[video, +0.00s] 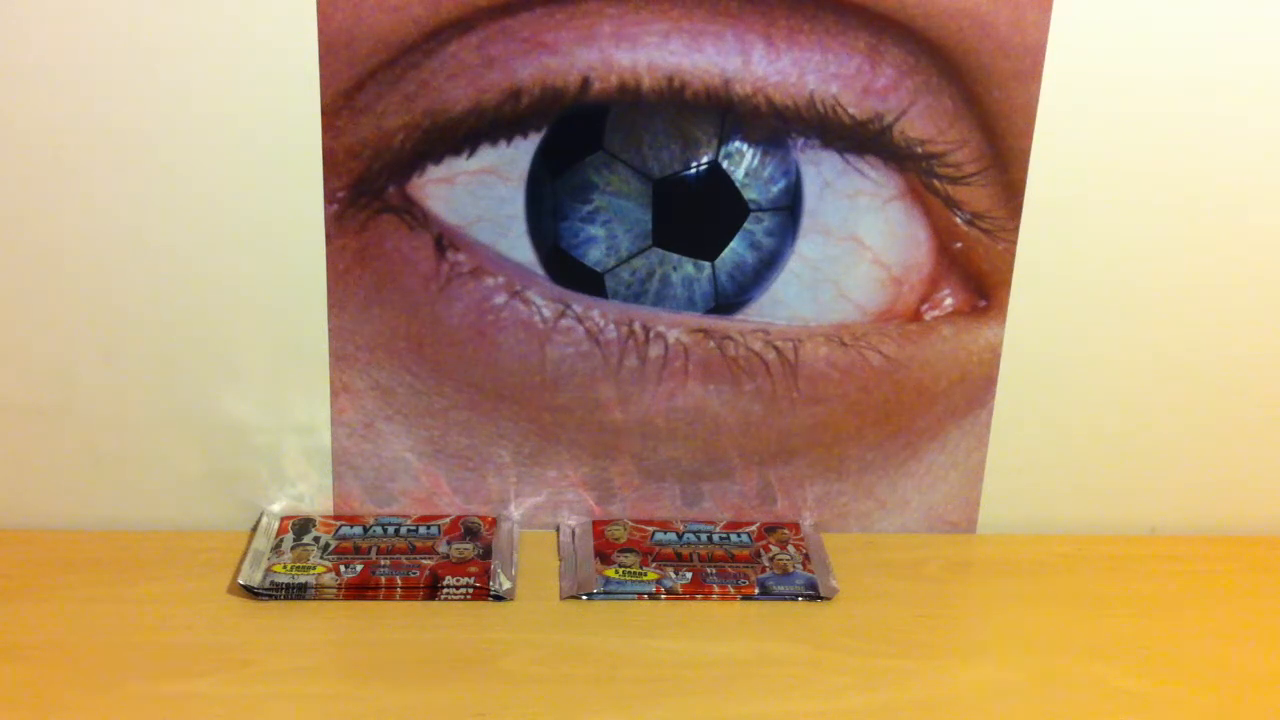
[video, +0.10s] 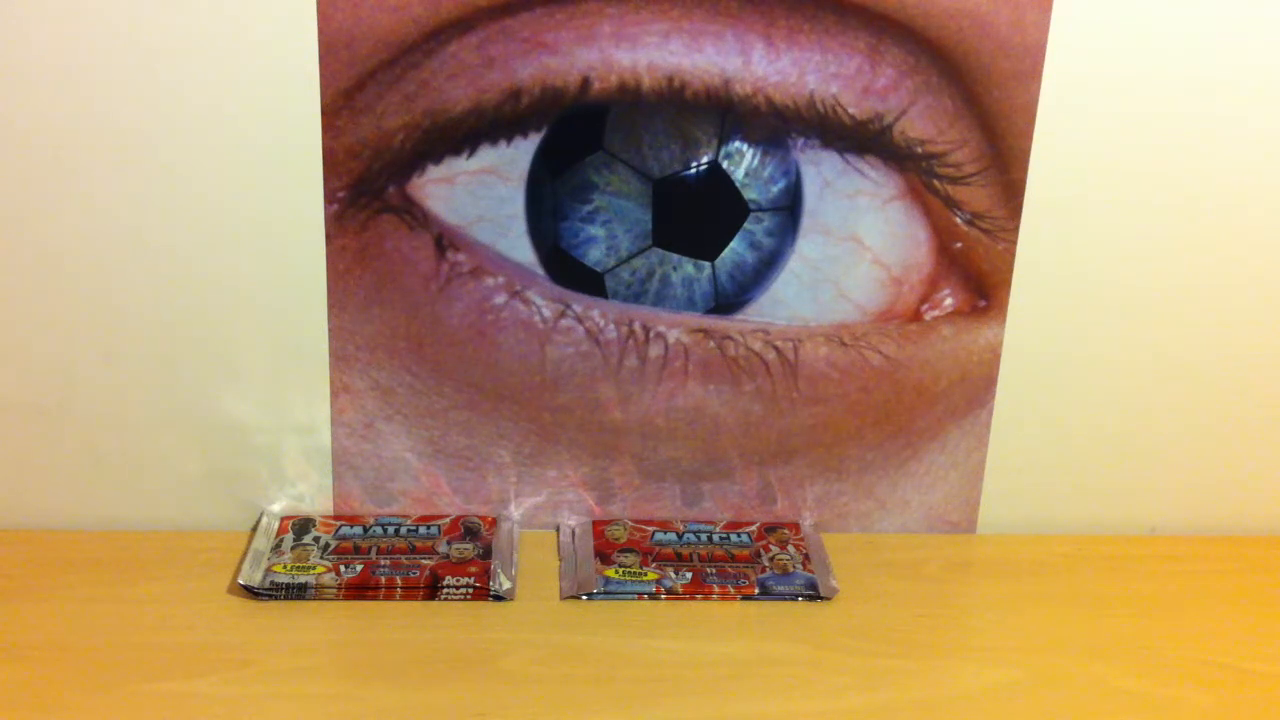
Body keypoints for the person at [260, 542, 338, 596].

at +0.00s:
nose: (310, 555)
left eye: (312, 551)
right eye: (305, 550)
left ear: (315, 552)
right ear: (293, 551)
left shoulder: (323, 569)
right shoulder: (274, 568)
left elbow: (328, 598)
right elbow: (262, 594)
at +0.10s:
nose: (309, 554)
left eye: (312, 551)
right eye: (305, 550)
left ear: (315, 552)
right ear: (293, 551)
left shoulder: (323, 569)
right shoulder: (274, 568)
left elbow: (328, 596)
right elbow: (262, 594)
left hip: (309, 611)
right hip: (276, 611)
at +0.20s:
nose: (309, 554)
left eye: (312, 551)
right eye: (305, 550)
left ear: (315, 552)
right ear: (293, 551)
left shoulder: (323, 569)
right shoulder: (274, 568)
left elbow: (328, 596)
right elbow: (262, 594)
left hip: (309, 611)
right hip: (276, 611)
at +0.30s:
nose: (310, 554)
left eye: (312, 551)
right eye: (305, 550)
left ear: (315, 552)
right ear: (293, 551)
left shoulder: (323, 569)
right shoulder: (274, 568)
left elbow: (328, 597)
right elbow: (262, 595)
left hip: (308, 612)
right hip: (276, 611)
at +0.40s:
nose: (309, 554)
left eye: (312, 551)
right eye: (305, 550)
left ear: (315, 552)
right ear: (293, 551)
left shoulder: (323, 568)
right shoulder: (274, 568)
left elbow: (328, 596)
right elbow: (262, 594)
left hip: (309, 611)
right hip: (276, 610)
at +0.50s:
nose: (309, 554)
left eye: (312, 551)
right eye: (305, 550)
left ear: (315, 552)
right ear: (293, 551)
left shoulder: (323, 569)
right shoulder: (274, 568)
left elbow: (328, 596)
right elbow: (262, 594)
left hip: (309, 611)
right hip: (276, 611)